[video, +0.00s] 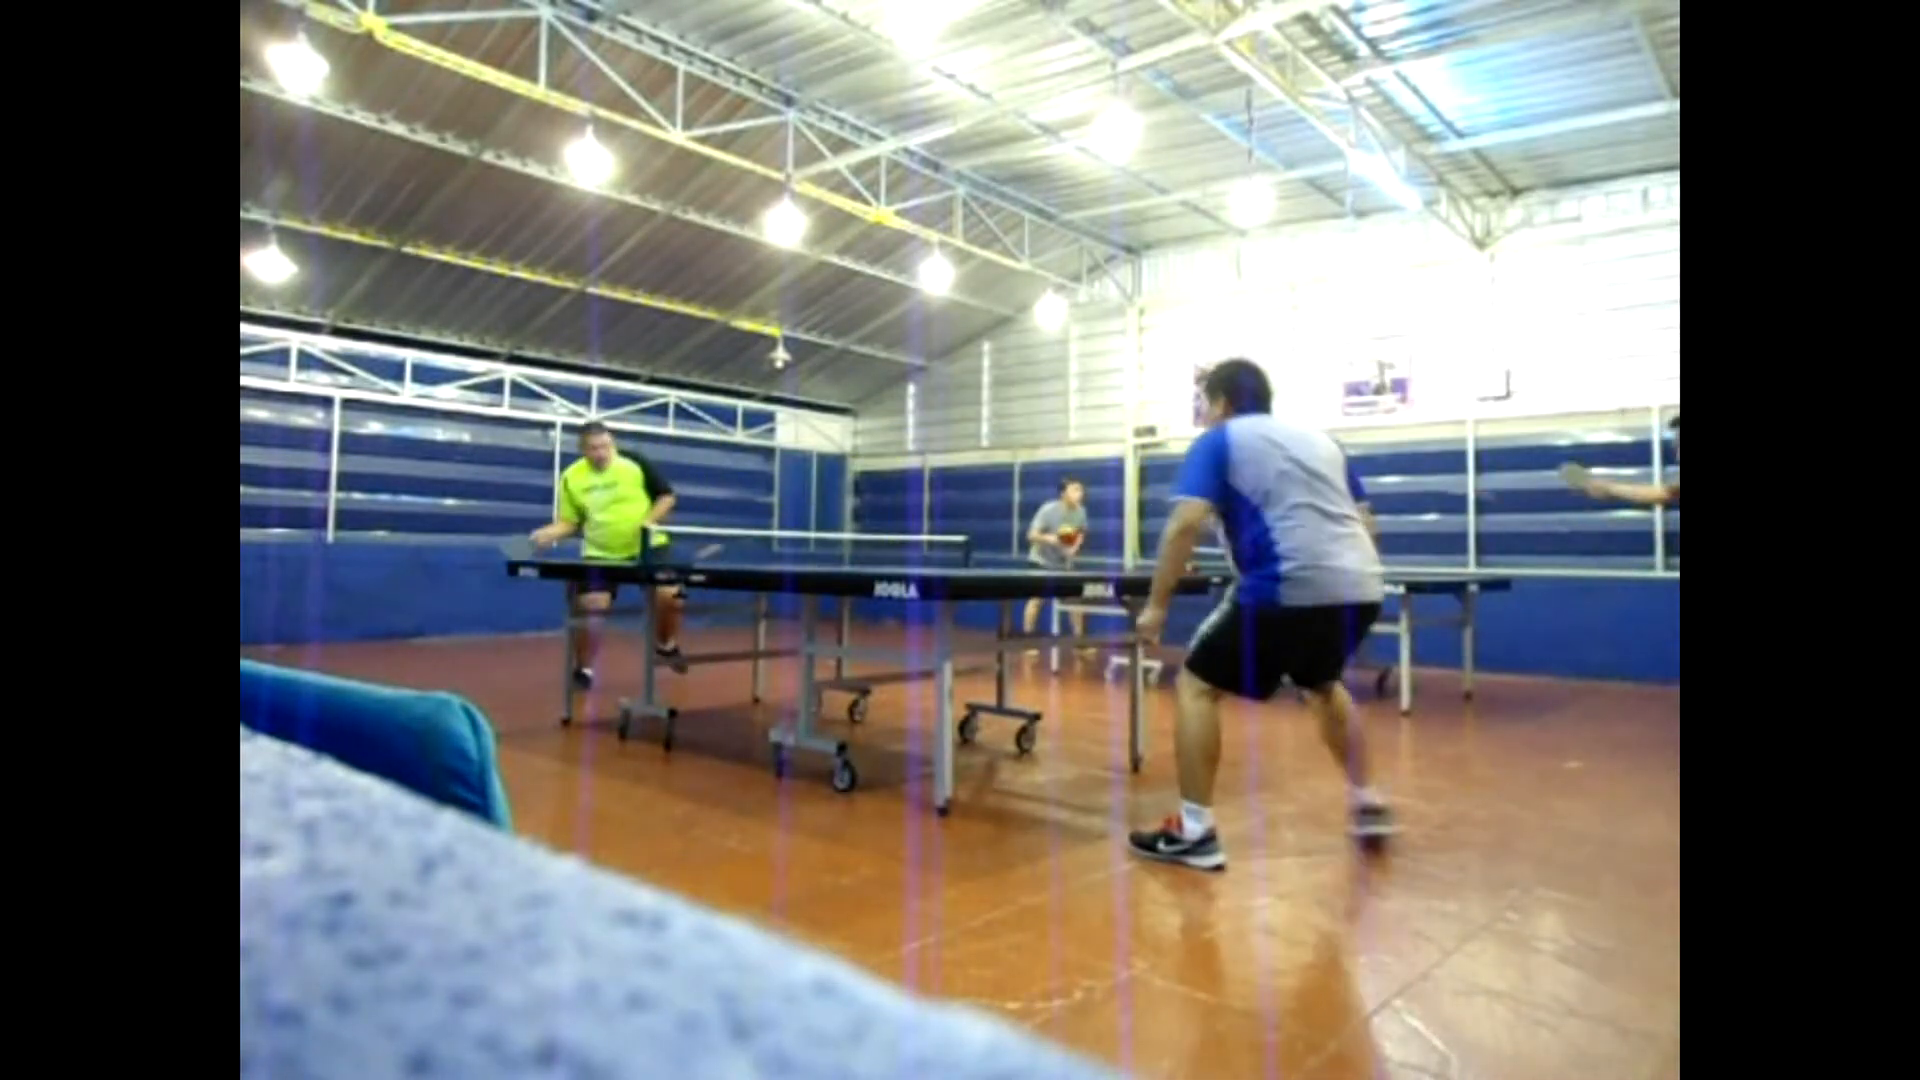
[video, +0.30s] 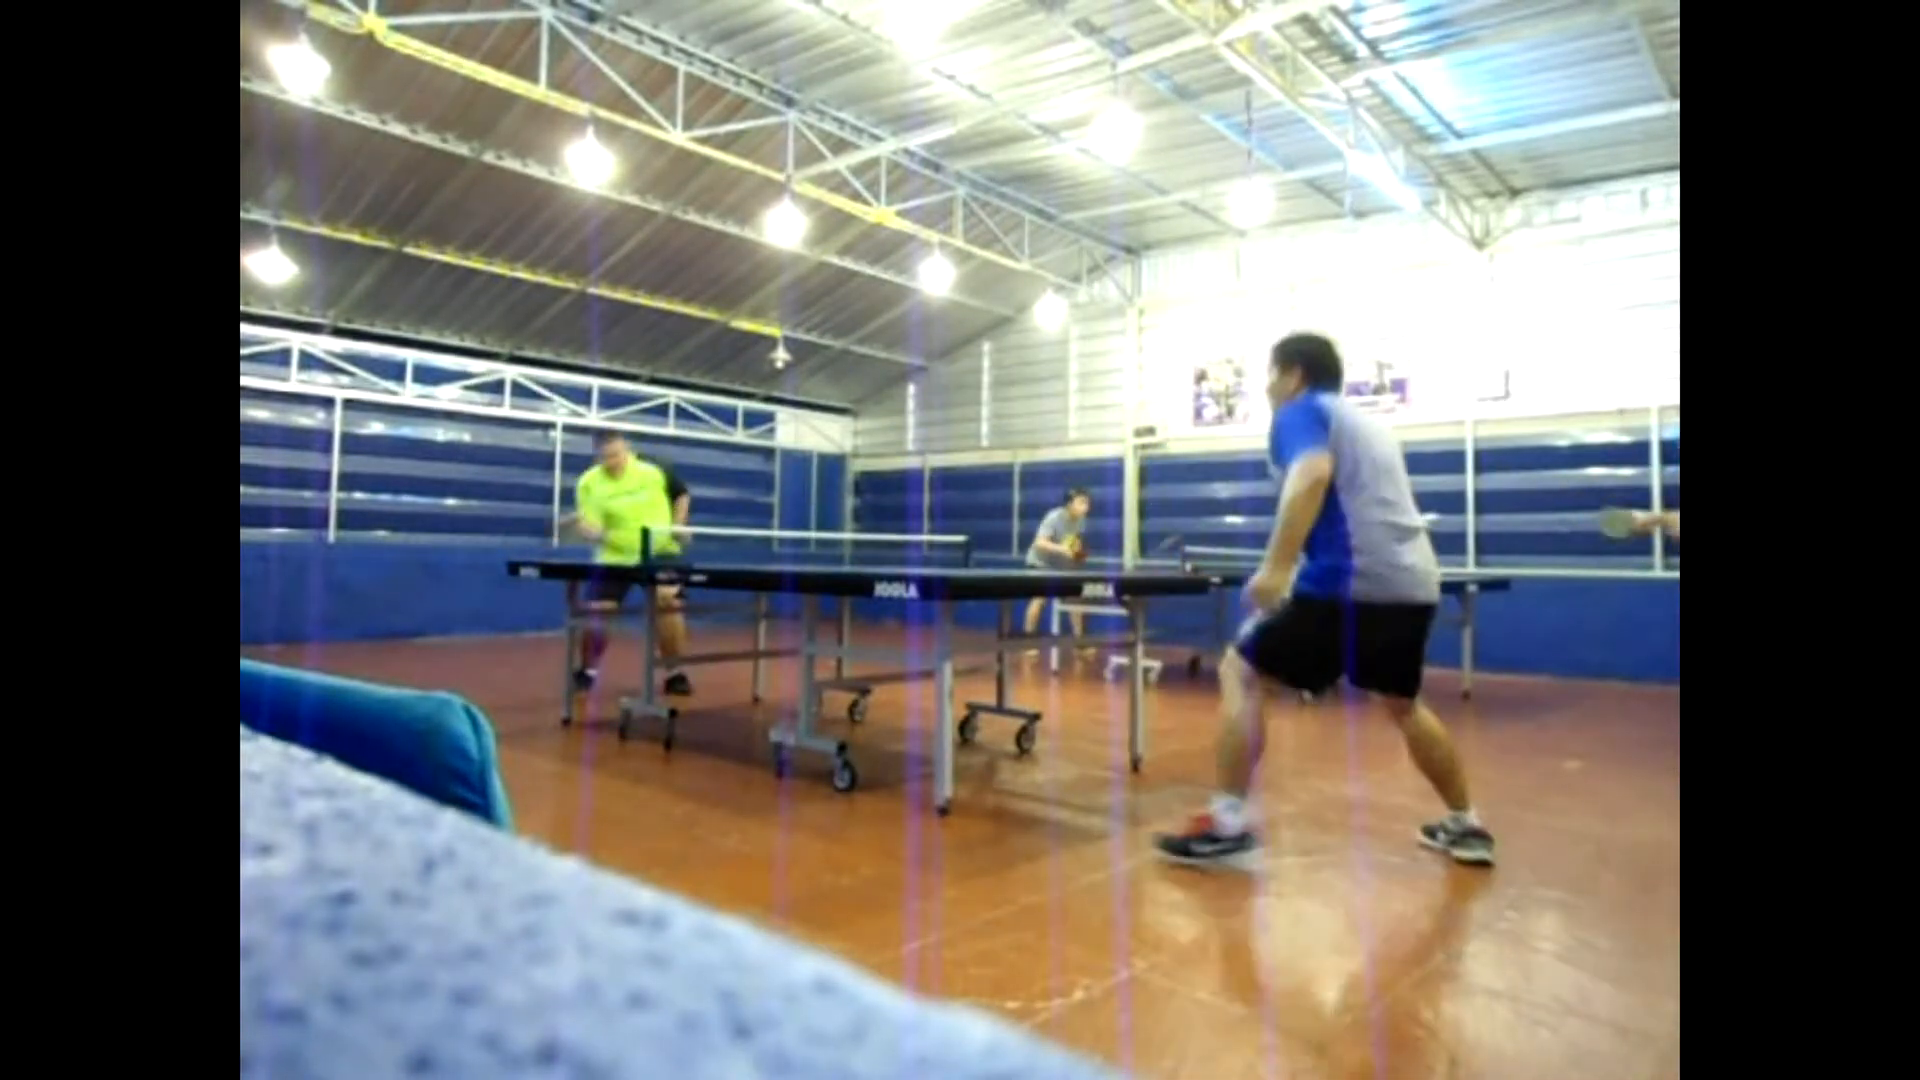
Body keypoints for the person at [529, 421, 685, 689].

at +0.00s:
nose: (600, 454)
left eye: (603, 447)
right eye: (593, 448)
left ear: (612, 444)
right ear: (583, 449)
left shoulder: (635, 464)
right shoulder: (572, 478)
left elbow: (666, 496)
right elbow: (569, 520)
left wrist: (649, 521)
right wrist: (549, 534)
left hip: (644, 546)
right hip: (600, 552)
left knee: (669, 594)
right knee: (593, 605)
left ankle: (667, 644)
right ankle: (585, 667)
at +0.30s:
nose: (613, 462)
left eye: (617, 455)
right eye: (606, 457)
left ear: (627, 449)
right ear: (599, 456)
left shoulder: (653, 472)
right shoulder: (589, 482)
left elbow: (681, 494)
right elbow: (586, 518)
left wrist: (677, 525)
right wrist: (592, 530)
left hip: (658, 549)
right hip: (615, 553)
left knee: (668, 600)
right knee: (599, 610)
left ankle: (674, 669)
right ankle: (588, 669)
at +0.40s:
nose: (629, 426)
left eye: (633, 420)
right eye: (622, 420)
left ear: (639, 425)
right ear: (610, 426)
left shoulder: (656, 454)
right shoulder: (602, 459)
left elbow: (673, 489)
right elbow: (615, 500)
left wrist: (679, 520)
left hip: (662, 536)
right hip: (623, 538)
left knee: (670, 602)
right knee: (619, 603)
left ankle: (676, 668)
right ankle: (597, 665)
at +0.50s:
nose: (645, 415)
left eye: (645, 410)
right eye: (637, 409)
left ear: (647, 417)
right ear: (621, 416)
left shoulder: (648, 443)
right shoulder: (621, 438)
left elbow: (654, 489)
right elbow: (655, 454)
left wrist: (670, 514)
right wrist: (677, 457)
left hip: (654, 527)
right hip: (625, 528)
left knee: (670, 591)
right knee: (633, 595)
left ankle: (686, 656)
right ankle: (614, 666)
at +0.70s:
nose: (658, 440)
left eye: (657, 435)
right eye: (654, 435)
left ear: (630, 439)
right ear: (644, 437)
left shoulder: (609, 469)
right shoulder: (651, 462)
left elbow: (604, 515)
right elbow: (681, 477)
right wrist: (658, 453)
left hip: (608, 551)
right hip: (636, 551)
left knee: (642, 605)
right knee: (658, 601)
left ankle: (633, 664)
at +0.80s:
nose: (659, 450)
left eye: (659, 443)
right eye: (655, 443)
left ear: (634, 445)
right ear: (641, 444)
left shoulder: (611, 472)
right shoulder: (650, 471)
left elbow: (603, 512)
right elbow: (672, 509)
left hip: (602, 551)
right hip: (632, 553)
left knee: (638, 608)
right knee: (644, 607)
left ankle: (634, 668)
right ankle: (618, 674)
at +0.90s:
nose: (658, 447)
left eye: (659, 442)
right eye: (652, 441)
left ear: (659, 446)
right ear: (636, 444)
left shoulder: (625, 468)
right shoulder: (636, 471)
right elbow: (647, 512)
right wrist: (667, 542)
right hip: (617, 552)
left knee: (635, 608)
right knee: (615, 610)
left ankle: (633, 668)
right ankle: (618, 673)